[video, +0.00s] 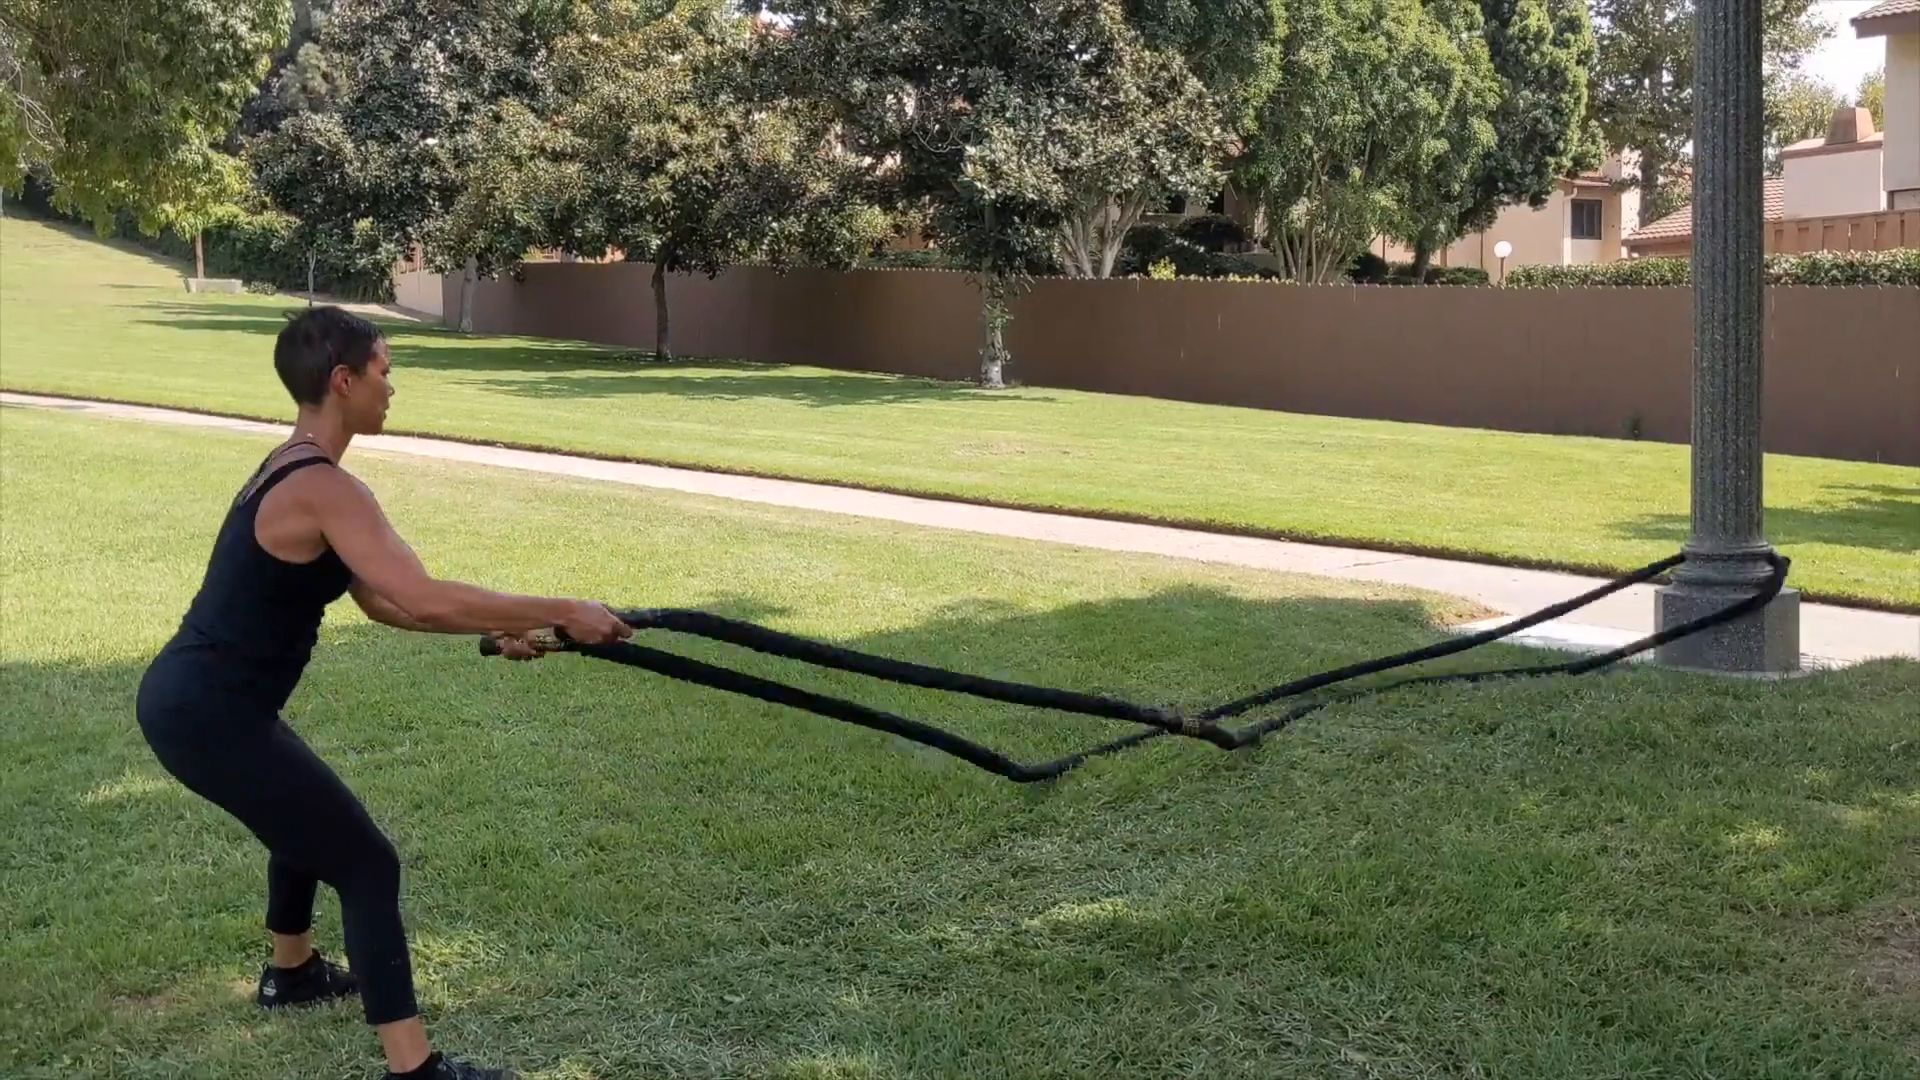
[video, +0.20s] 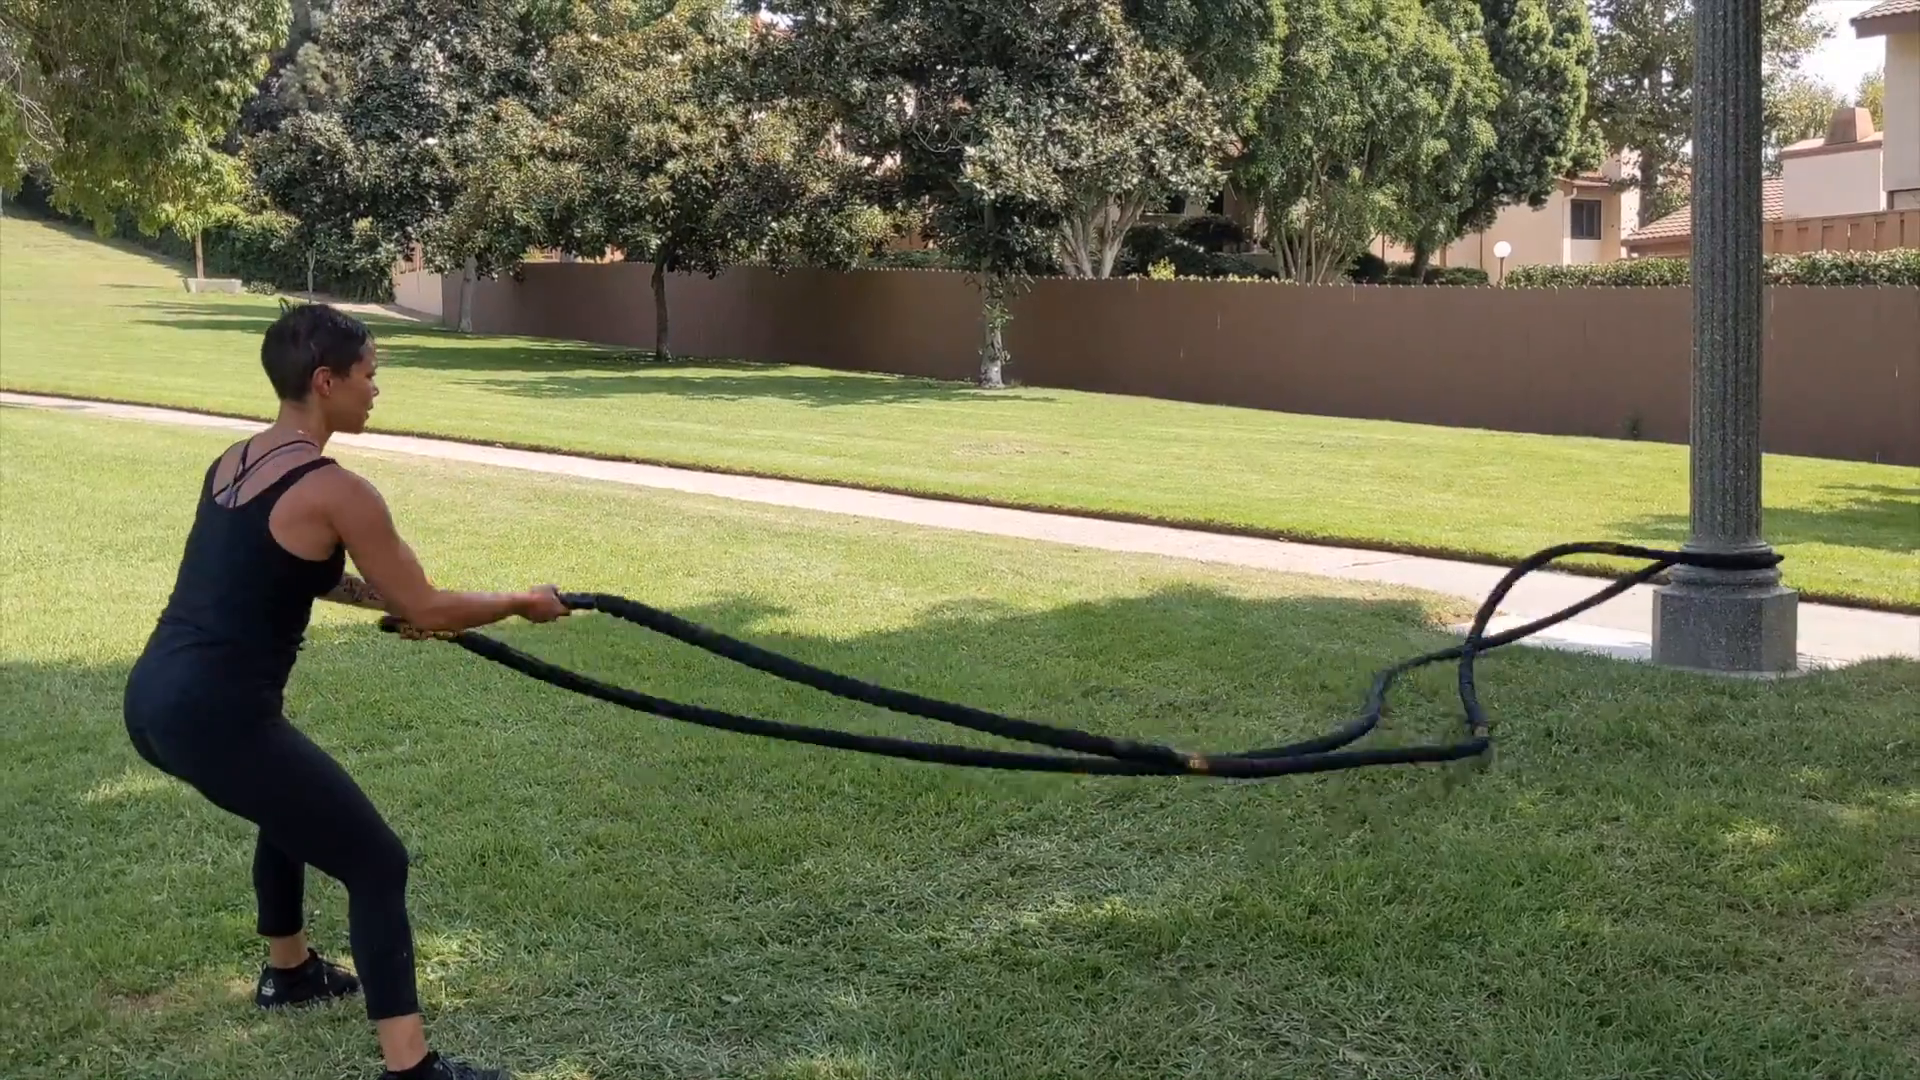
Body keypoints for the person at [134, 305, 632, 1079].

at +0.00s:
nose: (392, 385)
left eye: (390, 370)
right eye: (383, 371)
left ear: (325, 384)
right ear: (339, 381)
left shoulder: (290, 470)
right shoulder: (330, 489)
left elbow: (387, 606)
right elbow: (420, 598)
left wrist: (492, 624)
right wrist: (562, 612)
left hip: (182, 696)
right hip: (212, 714)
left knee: (305, 819)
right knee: (367, 863)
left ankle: (291, 969)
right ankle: (413, 1062)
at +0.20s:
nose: (376, 385)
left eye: (375, 370)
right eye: (367, 371)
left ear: (304, 381)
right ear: (324, 380)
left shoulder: (238, 458)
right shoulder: (340, 493)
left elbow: (289, 567)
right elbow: (423, 606)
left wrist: (388, 603)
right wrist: (519, 602)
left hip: (154, 702)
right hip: (217, 719)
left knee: (294, 795)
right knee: (378, 861)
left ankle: (290, 968)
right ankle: (408, 1060)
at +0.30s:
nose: (375, 385)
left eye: (373, 370)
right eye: (365, 371)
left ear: (297, 381)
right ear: (319, 380)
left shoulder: (235, 455)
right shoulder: (352, 488)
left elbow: (240, 562)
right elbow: (398, 608)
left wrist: (322, 583)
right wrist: (436, 606)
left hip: (152, 704)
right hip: (220, 719)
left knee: (290, 798)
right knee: (377, 862)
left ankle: (288, 968)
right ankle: (406, 1058)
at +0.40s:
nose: (378, 387)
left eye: (376, 371)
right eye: (368, 372)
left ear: (299, 382)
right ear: (323, 381)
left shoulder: (237, 459)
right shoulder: (356, 487)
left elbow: (206, 553)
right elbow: (407, 617)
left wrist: (308, 566)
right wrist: (410, 633)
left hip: (158, 703)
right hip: (222, 719)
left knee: (295, 805)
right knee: (377, 862)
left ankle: (287, 968)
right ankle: (406, 1059)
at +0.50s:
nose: (378, 388)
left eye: (376, 371)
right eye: (369, 372)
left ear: (304, 384)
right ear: (325, 381)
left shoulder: (258, 465)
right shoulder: (342, 482)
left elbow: (244, 578)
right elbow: (395, 621)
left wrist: (315, 607)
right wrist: (437, 651)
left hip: (165, 706)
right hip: (214, 725)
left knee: (298, 811)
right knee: (374, 864)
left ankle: (287, 968)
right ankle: (407, 1059)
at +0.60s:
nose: (379, 395)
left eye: (376, 379)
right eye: (370, 380)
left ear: (314, 389)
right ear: (329, 387)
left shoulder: (272, 478)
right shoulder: (320, 488)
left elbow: (354, 619)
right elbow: (411, 614)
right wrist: (528, 644)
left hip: (172, 711)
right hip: (203, 727)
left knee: (302, 818)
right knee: (370, 866)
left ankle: (285, 969)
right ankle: (409, 1063)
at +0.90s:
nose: (381, 399)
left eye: (380, 384)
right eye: (373, 384)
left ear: (316, 391)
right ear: (331, 390)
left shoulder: (267, 471)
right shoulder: (318, 491)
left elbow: (340, 604)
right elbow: (415, 595)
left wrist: (428, 637)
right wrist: (540, 611)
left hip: (160, 705)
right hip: (204, 722)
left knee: (299, 798)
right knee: (374, 865)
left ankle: (287, 969)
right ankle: (407, 1063)